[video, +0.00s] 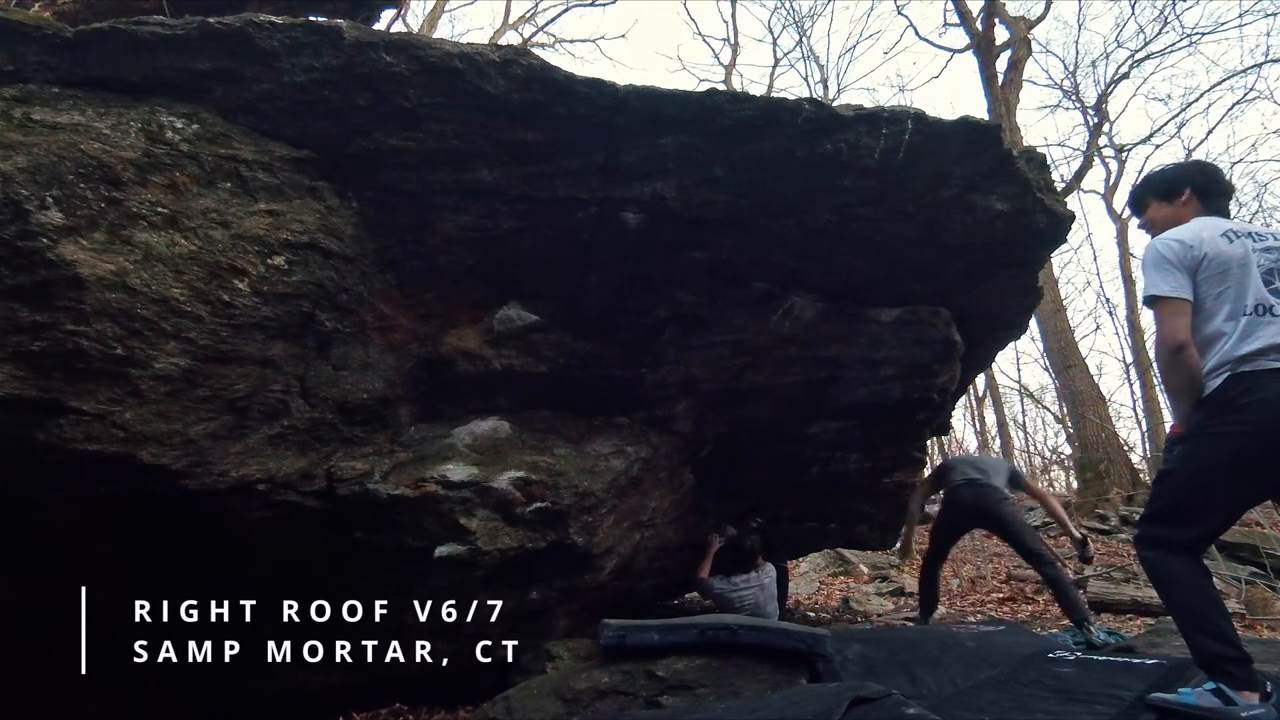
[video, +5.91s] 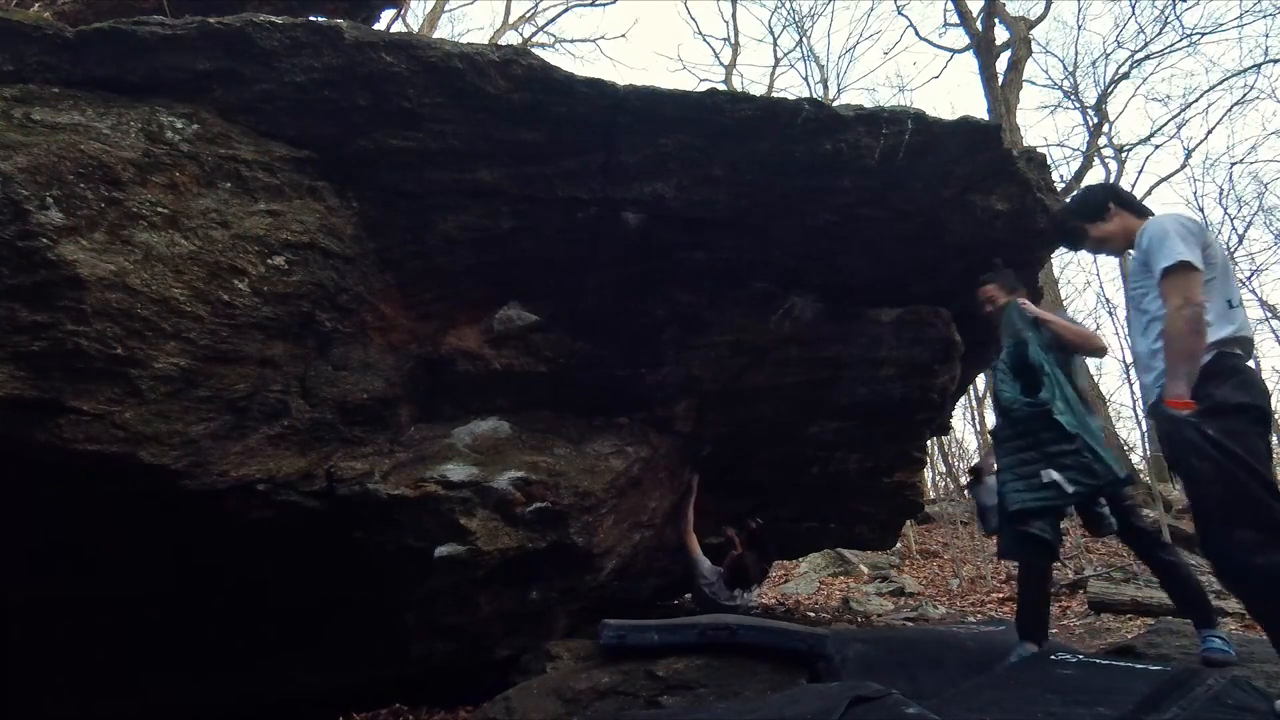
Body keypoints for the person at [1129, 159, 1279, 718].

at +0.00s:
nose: (1143, 226)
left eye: (1147, 214)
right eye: (1140, 218)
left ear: (1184, 197)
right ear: (1200, 202)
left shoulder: (1173, 243)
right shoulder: (1266, 236)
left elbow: (1177, 344)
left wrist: (1184, 418)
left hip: (1250, 399)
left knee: (1164, 539)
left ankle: (1235, 683)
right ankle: (1236, 680)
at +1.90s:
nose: (1106, 253)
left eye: (1101, 242)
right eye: (1099, 245)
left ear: (1111, 229)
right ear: (1157, 214)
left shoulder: (1141, 241)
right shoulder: (1225, 247)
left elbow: (1176, 324)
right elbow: (1268, 300)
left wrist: (1175, 410)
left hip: (1245, 382)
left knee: (1161, 532)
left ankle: (1237, 686)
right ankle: (1243, 684)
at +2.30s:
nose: (1041, 275)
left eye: (1039, 265)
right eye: (1036, 267)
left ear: (1050, 257)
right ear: (1095, 243)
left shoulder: (1075, 267)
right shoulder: (1150, 271)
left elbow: (1120, 339)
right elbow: (1212, 329)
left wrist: (1133, 417)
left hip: (1192, 397)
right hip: (1261, 388)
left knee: (1151, 545)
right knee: (1275, 542)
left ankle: (1239, 697)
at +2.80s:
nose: (987, 274)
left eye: (986, 267)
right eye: (985, 269)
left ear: (994, 262)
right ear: (1042, 248)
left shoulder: (1004, 277)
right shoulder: (1092, 267)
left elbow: (1039, 343)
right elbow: (1149, 319)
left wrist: (1078, 413)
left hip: (1133, 380)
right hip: (1200, 370)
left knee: (1164, 556)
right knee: (1235, 539)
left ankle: (1235, 705)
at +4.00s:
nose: (1043, 269)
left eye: (1041, 257)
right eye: (1038, 261)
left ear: (1056, 243)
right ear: (1089, 233)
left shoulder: (1086, 254)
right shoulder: (1141, 265)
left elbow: (1123, 320)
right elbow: (1190, 330)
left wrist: (1134, 406)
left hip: (1186, 386)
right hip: (1230, 385)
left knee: (1188, 540)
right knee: (1246, 533)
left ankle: (1241, 692)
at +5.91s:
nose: (1096, 251)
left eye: (1090, 239)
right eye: (1088, 247)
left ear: (1110, 211)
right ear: (1111, 214)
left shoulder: (1164, 227)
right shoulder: (1145, 255)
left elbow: (1188, 311)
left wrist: (1176, 398)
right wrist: (1167, 409)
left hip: (1215, 394)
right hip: (1198, 404)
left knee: (1243, 543)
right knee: (1232, 544)